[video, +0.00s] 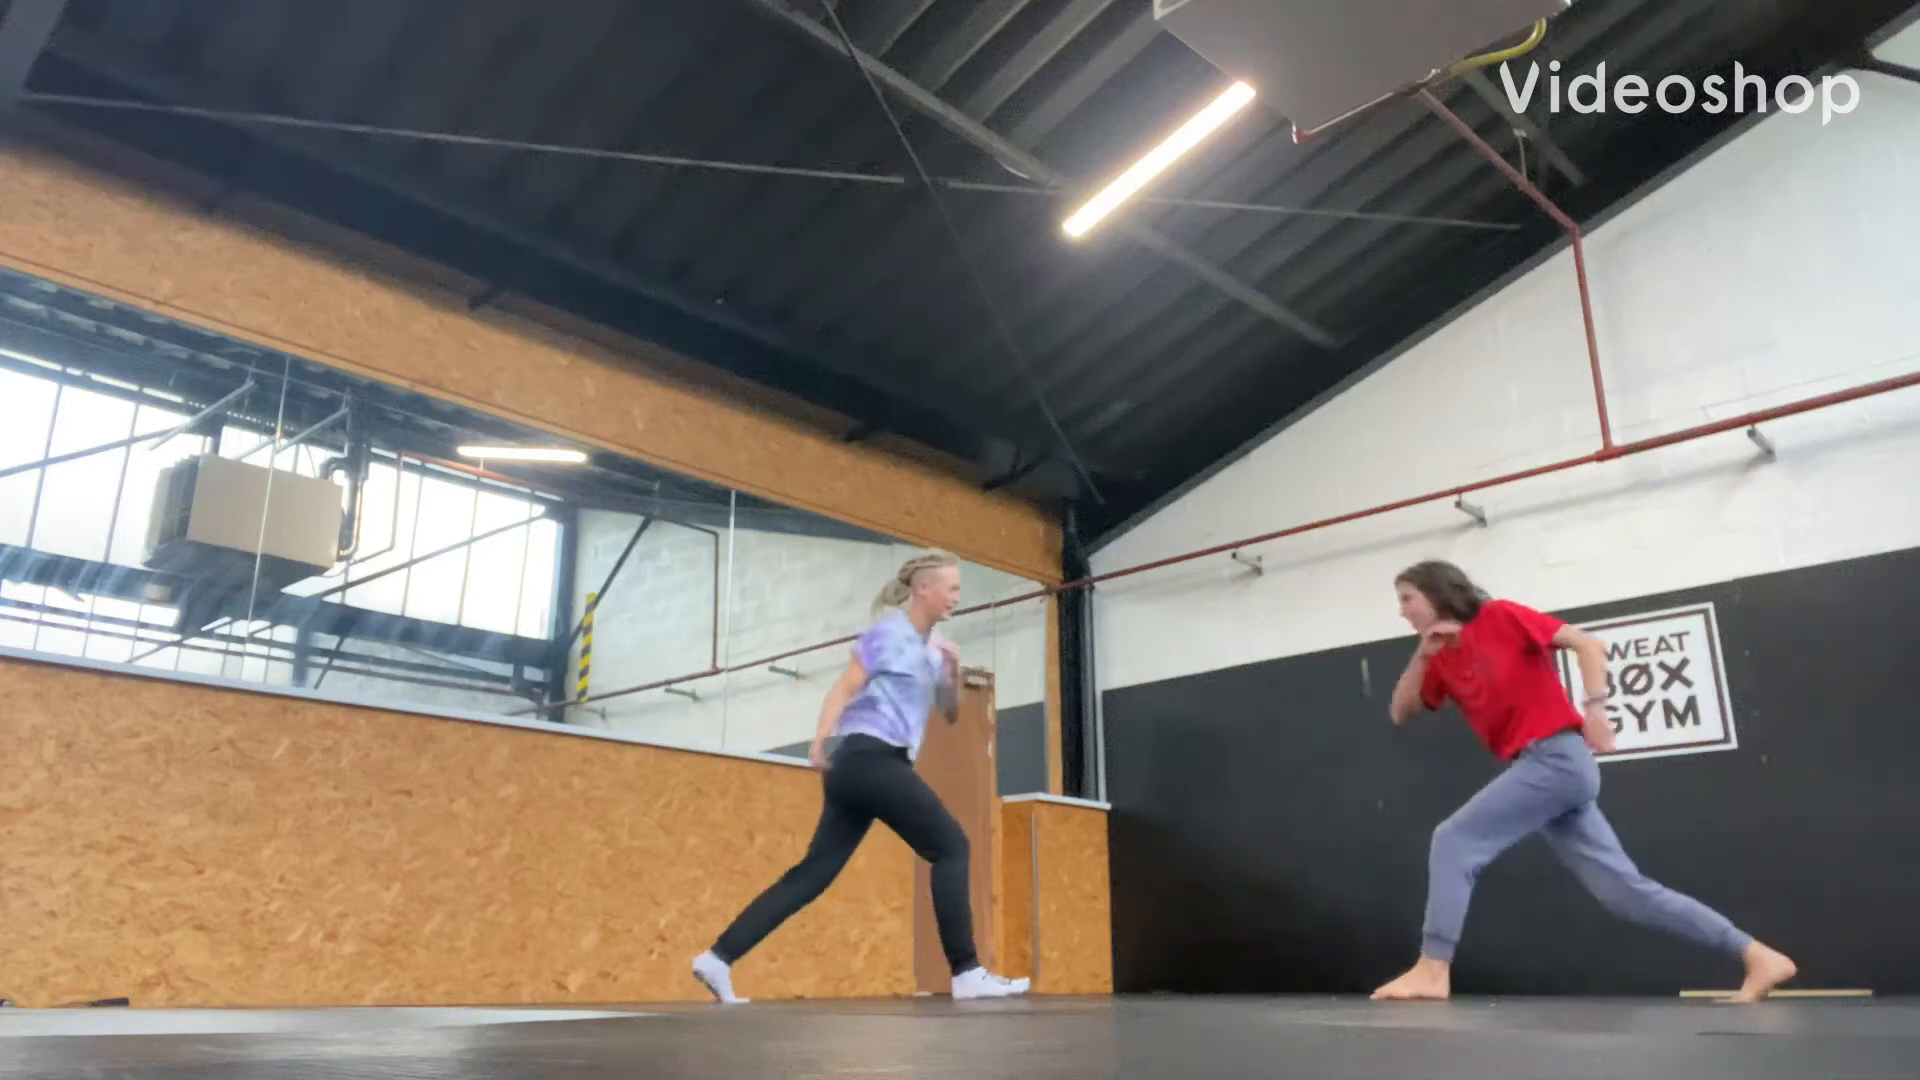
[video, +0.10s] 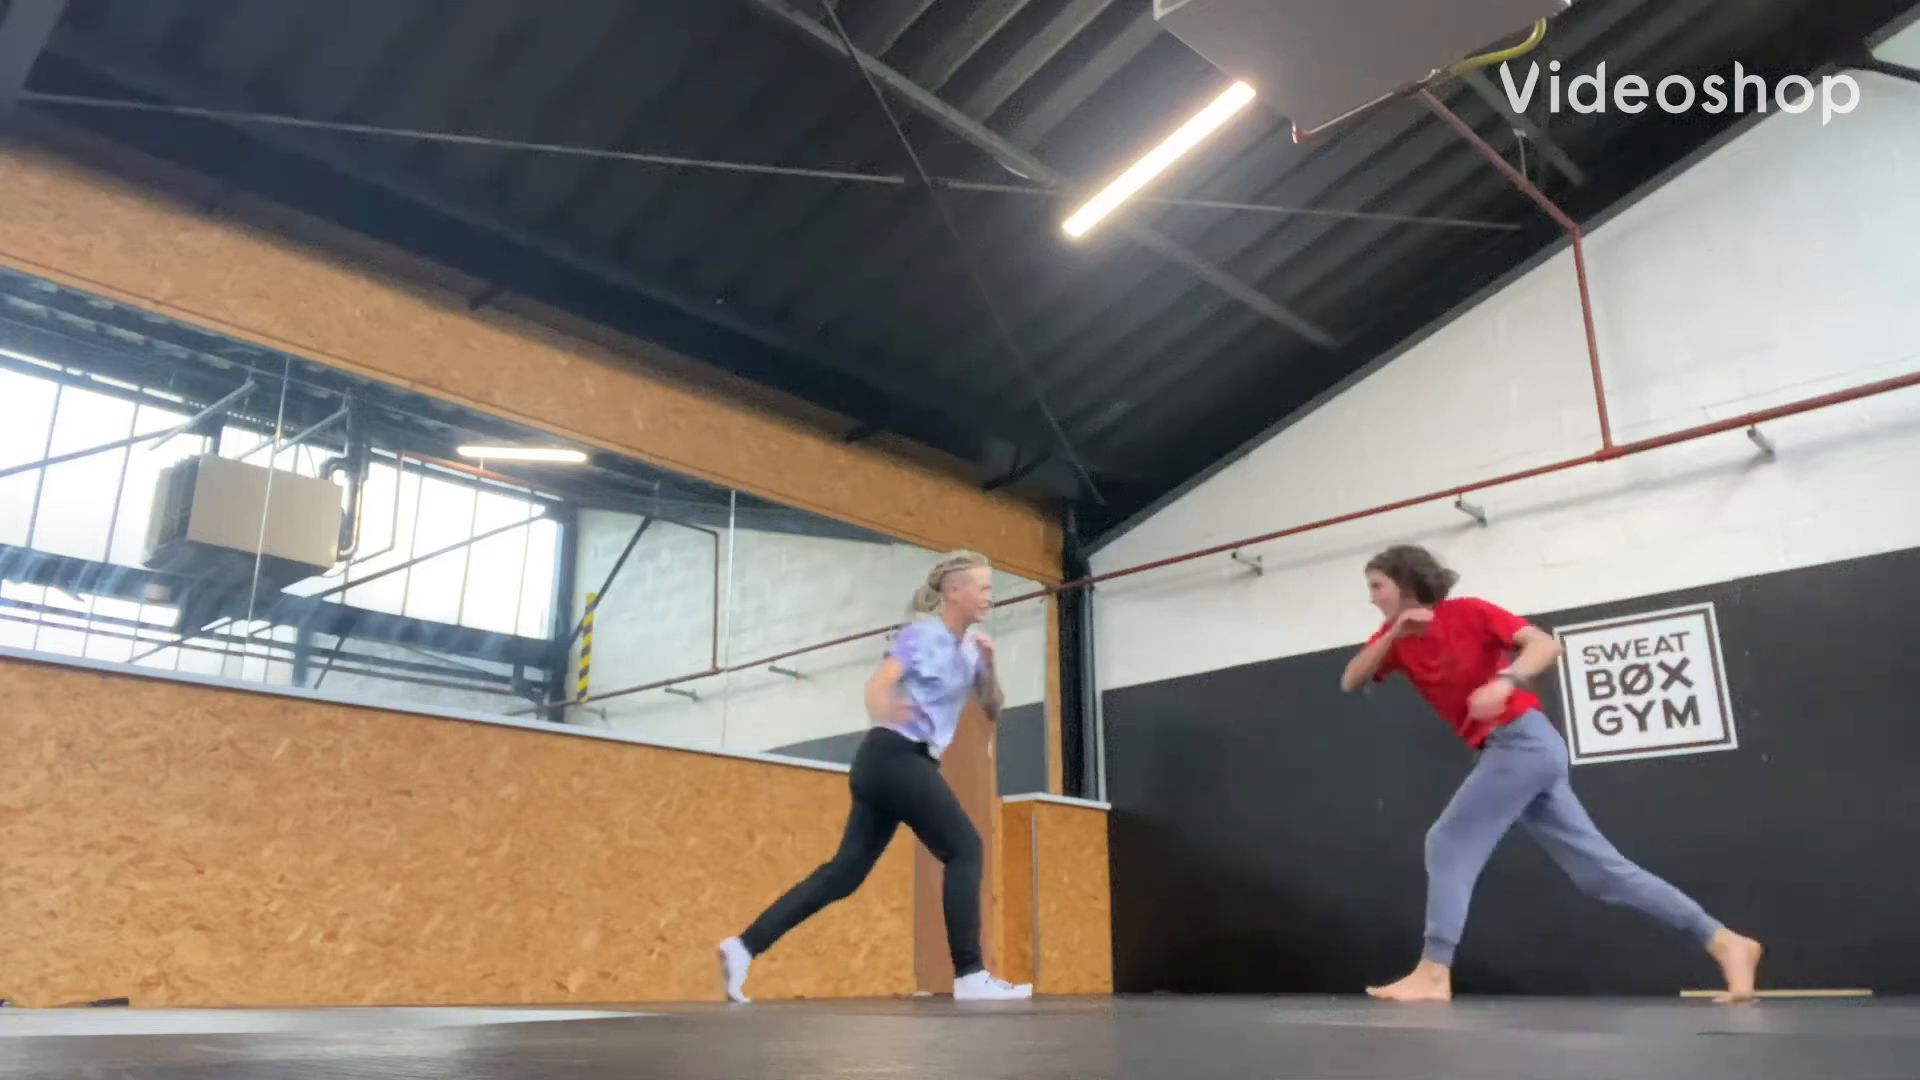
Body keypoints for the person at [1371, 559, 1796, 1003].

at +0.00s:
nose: (1402, 611)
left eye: (1407, 600)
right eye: (1400, 603)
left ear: (1438, 596)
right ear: (1420, 605)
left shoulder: (1497, 616)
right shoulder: (1437, 662)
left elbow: (1588, 645)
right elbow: (1401, 712)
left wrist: (1595, 709)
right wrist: (1420, 656)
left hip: (1560, 756)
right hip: (1542, 766)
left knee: (1456, 839)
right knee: (1623, 891)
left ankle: (1431, 971)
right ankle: (1760, 959)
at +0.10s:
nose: (1373, 599)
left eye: (1378, 588)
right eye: (1370, 591)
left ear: (1409, 585)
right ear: (1384, 594)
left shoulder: (1465, 611)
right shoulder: (1395, 641)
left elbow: (1543, 646)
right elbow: (1350, 681)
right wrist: (1390, 633)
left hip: (1525, 739)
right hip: (1513, 749)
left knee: (1449, 842)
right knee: (1601, 872)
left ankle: (1432, 974)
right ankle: (1729, 946)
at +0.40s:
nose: (1284, 669)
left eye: (1288, 659)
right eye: (1282, 660)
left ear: (1315, 654)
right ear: (1313, 658)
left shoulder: (1364, 663)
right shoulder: (1337, 702)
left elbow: (1315, 723)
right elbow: (1345, 764)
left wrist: (1277, 703)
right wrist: (1367, 775)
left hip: (1477, 755)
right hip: (1472, 761)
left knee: (1402, 846)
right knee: (1459, 877)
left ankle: (1427, 977)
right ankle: (1553, 948)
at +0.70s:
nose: (1276, 737)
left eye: (1275, 727)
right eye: (1270, 732)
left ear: (1288, 715)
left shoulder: (1331, 716)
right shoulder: (1304, 752)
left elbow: (1379, 766)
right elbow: (1264, 785)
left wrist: (1340, 793)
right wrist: (1232, 798)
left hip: (1451, 785)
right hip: (1430, 794)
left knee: (1390, 872)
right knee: (1373, 871)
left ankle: (1424, 973)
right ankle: (1398, 974)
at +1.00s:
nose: (1283, 725)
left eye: (1281, 715)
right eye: (1278, 719)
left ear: (1295, 701)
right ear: (1292, 709)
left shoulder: (1328, 697)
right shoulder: (1319, 734)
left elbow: (1322, 740)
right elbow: (1300, 762)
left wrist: (1283, 754)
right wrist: (1269, 790)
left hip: (1446, 769)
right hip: (1419, 794)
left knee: (1488, 872)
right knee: (1379, 870)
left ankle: (1596, 953)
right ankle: (1397, 978)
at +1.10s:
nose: (1284, 699)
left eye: (1285, 691)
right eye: (1283, 692)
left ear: (1298, 682)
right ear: (1312, 681)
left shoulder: (1332, 687)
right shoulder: (1343, 711)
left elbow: (1284, 719)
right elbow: (1401, 756)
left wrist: (1262, 714)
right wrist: (1369, 777)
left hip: (1450, 766)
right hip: (1422, 789)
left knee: (1515, 871)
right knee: (1384, 870)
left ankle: (1622, 939)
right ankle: (1398, 978)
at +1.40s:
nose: (1362, 659)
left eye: (1364, 650)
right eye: (1360, 652)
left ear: (1382, 646)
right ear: (1386, 647)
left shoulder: (1411, 665)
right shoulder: (1410, 676)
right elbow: (1478, 715)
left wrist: (1371, 707)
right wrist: (1510, 751)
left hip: (1502, 776)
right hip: (1462, 789)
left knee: (1545, 890)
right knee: (1434, 877)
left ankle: (1621, 956)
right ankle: (1408, 974)